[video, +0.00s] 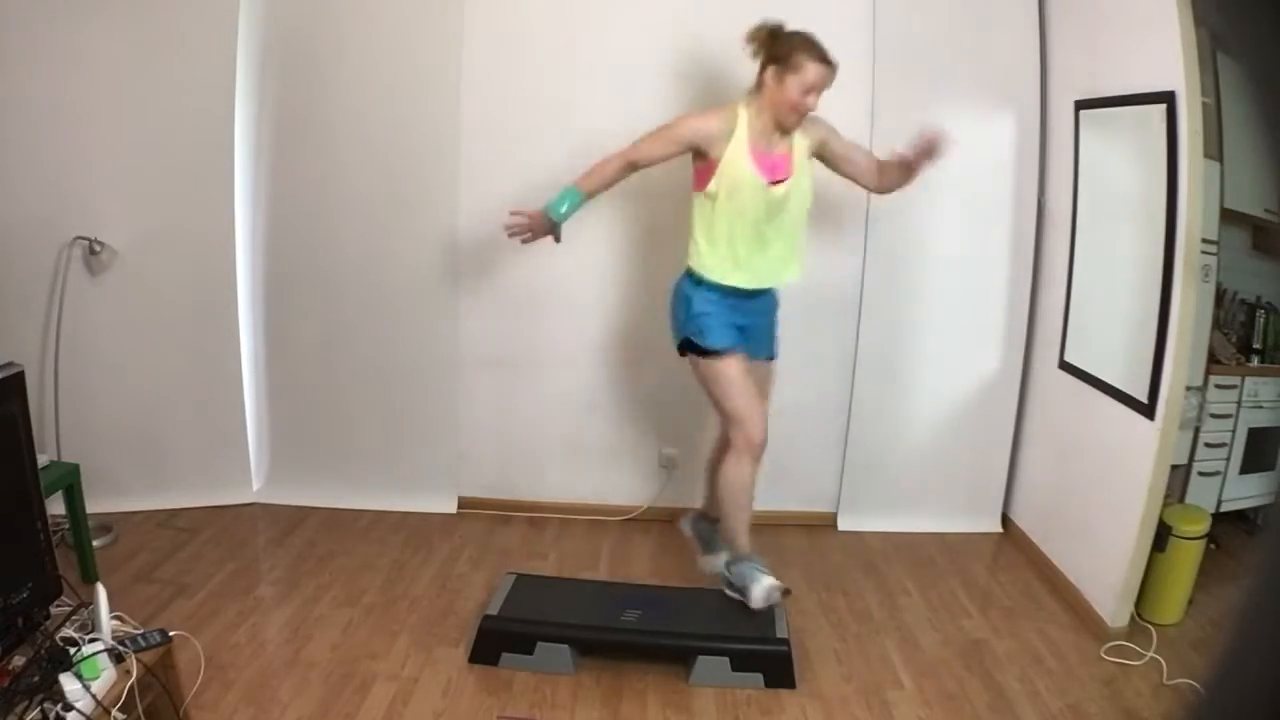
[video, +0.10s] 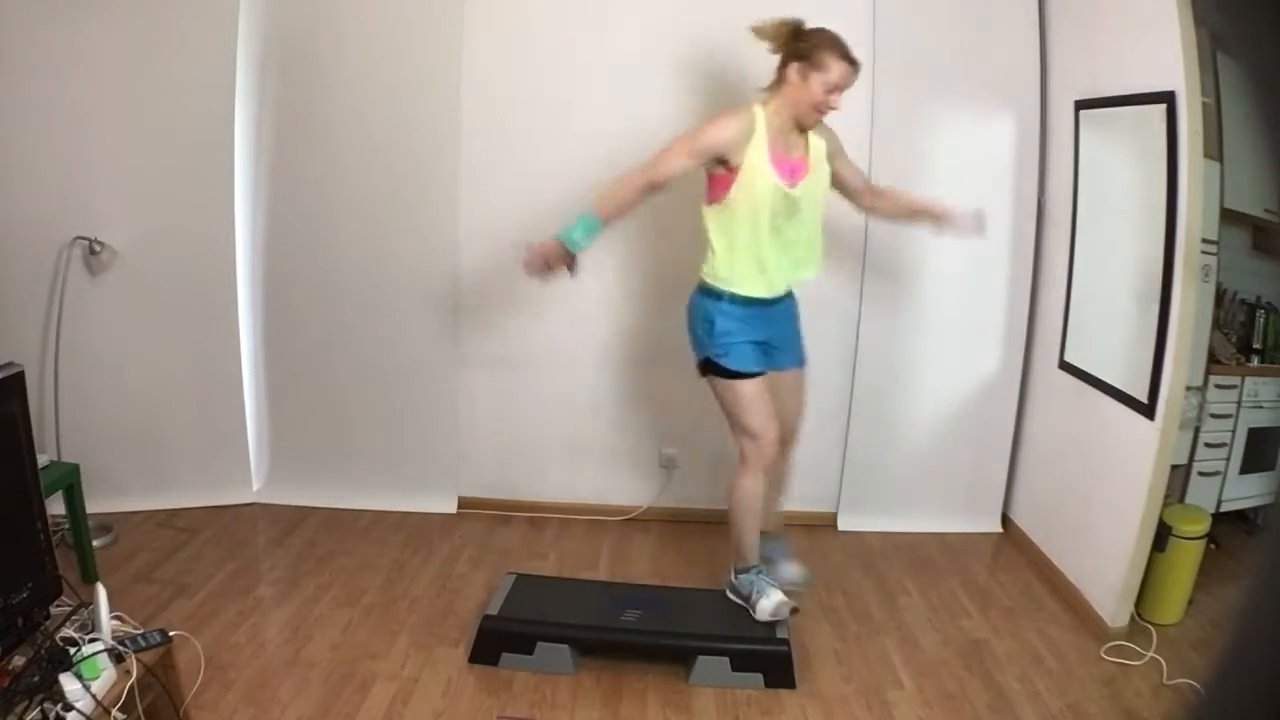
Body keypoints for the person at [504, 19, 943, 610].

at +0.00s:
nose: (814, 103)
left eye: (820, 92)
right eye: (807, 88)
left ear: (818, 93)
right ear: (771, 77)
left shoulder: (810, 136)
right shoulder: (715, 128)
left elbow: (878, 178)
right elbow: (627, 160)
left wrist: (912, 164)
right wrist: (557, 213)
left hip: (760, 301)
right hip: (707, 298)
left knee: (743, 431)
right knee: (749, 432)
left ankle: (710, 522)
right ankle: (740, 559)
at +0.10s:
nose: (835, 102)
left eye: (842, 93)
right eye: (830, 88)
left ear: (836, 91)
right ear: (792, 73)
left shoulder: (819, 141)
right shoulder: (735, 129)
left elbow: (867, 195)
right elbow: (649, 178)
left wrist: (936, 214)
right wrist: (572, 240)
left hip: (778, 306)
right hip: (725, 307)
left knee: (783, 433)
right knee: (758, 444)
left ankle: (766, 544)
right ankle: (744, 574)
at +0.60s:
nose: (925, 158)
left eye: (927, 145)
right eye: (923, 142)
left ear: (880, 133)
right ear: (892, 130)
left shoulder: (852, 194)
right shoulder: (852, 191)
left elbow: (792, 283)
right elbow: (865, 294)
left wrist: (744, 341)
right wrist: (945, 274)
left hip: (871, 400)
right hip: (833, 408)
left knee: (911, 541)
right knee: (887, 570)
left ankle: (849, 662)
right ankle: (770, 569)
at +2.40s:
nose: (438, 141)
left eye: (439, 128)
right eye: (435, 130)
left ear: (464, 124)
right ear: (485, 120)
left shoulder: (472, 186)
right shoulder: (531, 170)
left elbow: (510, 270)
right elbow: (543, 236)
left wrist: (555, 346)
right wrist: (461, 229)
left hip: (475, 355)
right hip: (529, 350)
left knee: (440, 457)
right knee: (498, 440)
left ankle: (466, 569)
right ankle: (544, 520)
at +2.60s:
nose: (446, 134)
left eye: (451, 123)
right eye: (445, 124)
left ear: (483, 118)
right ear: (485, 118)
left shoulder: (493, 174)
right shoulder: (518, 163)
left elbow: (533, 259)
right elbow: (484, 234)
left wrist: (556, 338)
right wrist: (438, 203)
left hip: (492, 334)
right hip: (518, 328)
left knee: (450, 447)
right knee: (482, 422)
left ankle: (466, 567)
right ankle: (554, 499)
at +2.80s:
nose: (498, 144)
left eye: (509, 134)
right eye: (492, 133)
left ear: (533, 132)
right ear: (484, 131)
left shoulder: (551, 178)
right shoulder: (481, 175)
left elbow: (605, 248)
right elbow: (432, 219)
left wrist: (632, 318)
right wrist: (406, 216)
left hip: (543, 325)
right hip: (508, 325)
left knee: (488, 440)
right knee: (514, 437)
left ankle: (469, 566)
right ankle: (551, 512)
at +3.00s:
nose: (573, 138)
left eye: (580, 128)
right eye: (565, 127)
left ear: (587, 125)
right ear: (538, 120)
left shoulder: (597, 168)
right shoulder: (503, 162)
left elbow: (654, 202)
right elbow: (438, 197)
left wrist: (702, 246)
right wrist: (364, 220)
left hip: (578, 316)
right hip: (522, 313)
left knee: (542, 428)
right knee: (525, 428)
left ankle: (564, 534)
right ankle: (539, 509)